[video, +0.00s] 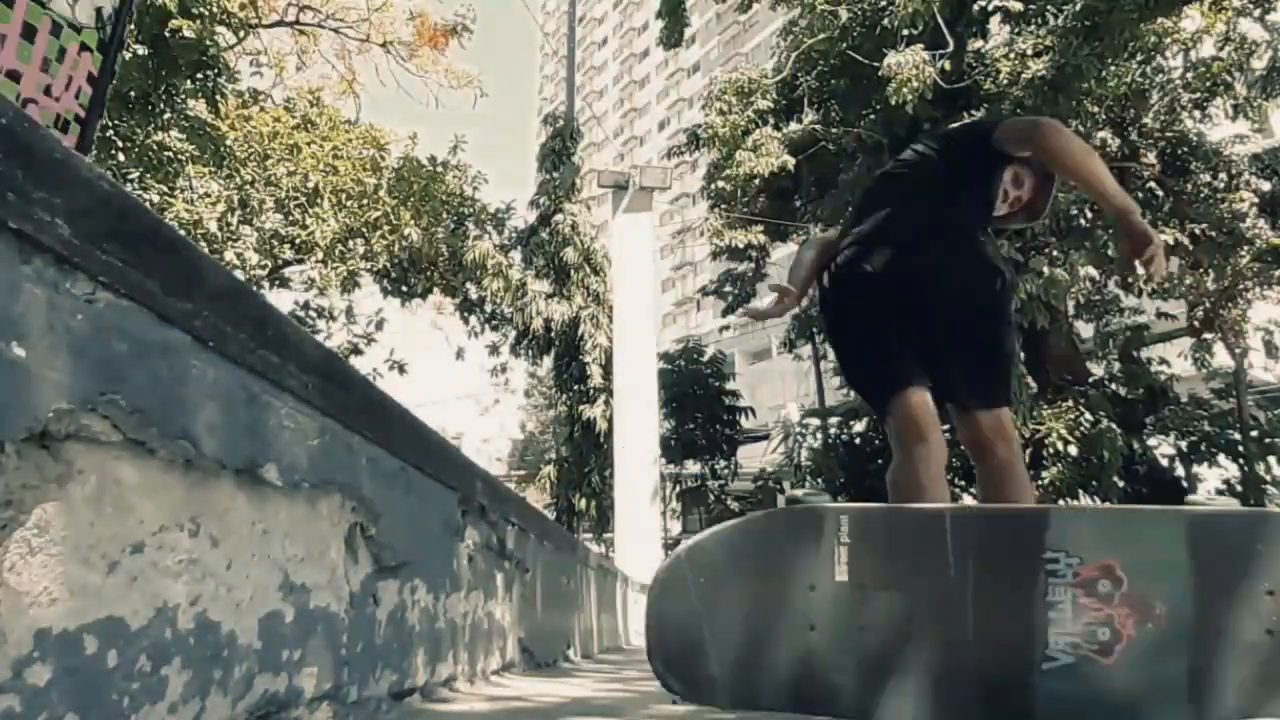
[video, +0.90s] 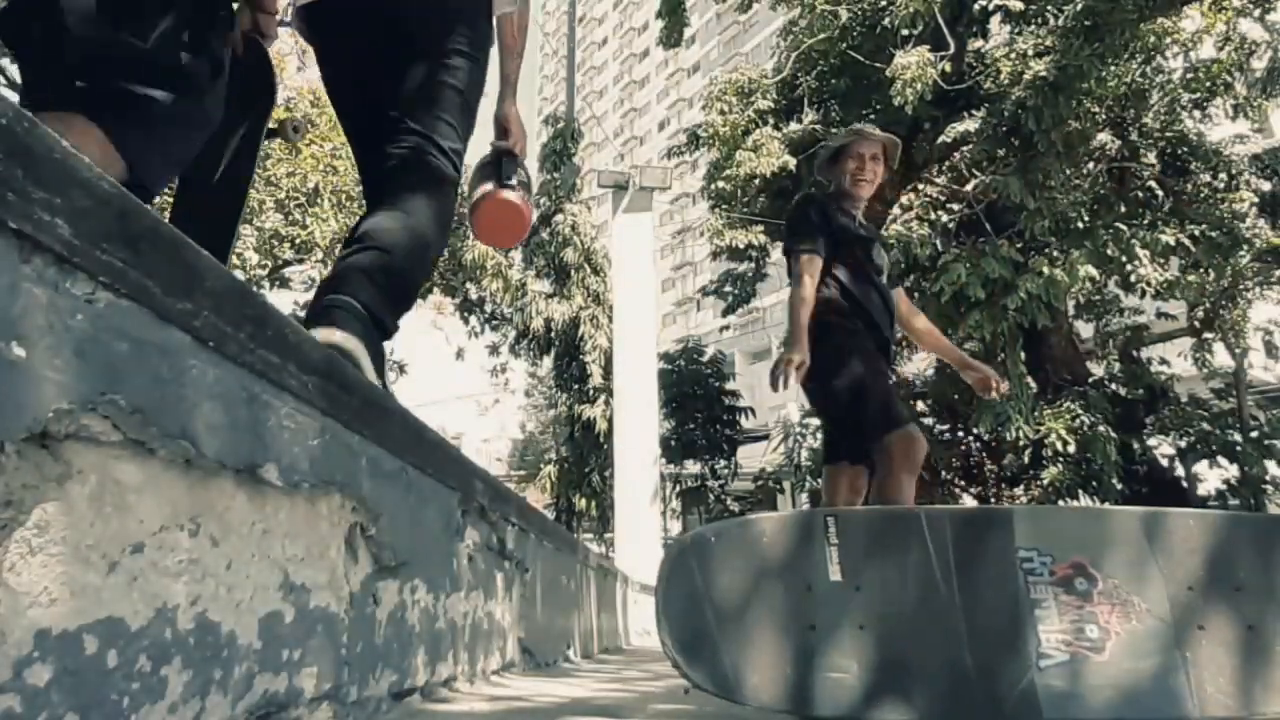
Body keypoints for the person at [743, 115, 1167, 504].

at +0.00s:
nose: (1016, 197)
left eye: (1021, 208)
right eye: (1021, 185)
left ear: (1011, 220)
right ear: (1008, 160)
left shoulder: (892, 191)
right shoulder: (969, 143)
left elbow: (825, 239)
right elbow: (1046, 133)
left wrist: (793, 291)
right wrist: (1128, 215)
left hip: (855, 281)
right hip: (949, 265)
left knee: (915, 433)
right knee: (993, 439)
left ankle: (923, 590)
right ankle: (1025, 588)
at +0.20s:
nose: (1010, 189)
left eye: (1017, 194)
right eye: (1011, 173)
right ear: (992, 153)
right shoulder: (960, 161)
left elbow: (836, 281)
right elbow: (990, 238)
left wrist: (829, 333)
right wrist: (1046, 331)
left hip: (864, 319)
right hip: (929, 312)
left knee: (937, 474)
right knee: (988, 456)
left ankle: (867, 554)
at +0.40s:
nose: (977, 174)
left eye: (987, 177)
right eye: (975, 160)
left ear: (982, 192)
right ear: (948, 149)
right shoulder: (926, 172)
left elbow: (857, 284)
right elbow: (959, 259)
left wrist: (843, 358)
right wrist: (968, 326)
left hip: (854, 328)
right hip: (907, 316)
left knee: (898, 482)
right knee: (971, 451)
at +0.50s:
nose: (937, 176)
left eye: (948, 174)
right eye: (930, 163)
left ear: (950, 187)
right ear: (905, 160)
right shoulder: (880, 193)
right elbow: (928, 274)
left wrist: (941, 297)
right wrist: (949, 296)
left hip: (843, 347)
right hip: (880, 344)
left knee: (852, 480)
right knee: (969, 455)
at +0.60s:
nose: (912, 175)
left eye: (922, 171)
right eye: (905, 162)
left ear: (926, 183)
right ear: (881, 161)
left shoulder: (882, 222)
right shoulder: (853, 198)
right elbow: (875, 265)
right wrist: (943, 295)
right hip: (863, 350)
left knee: (850, 480)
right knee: (943, 459)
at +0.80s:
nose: (871, 170)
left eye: (881, 163)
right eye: (862, 160)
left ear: (890, 177)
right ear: (839, 167)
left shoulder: (871, 240)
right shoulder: (819, 212)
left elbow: (892, 316)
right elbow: (833, 278)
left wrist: (936, 375)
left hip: (864, 352)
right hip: (832, 345)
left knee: (846, 483)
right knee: (907, 452)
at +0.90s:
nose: (865, 167)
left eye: (875, 160)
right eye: (854, 158)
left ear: (883, 172)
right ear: (832, 167)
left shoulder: (870, 240)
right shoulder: (814, 211)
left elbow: (909, 316)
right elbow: (805, 278)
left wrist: (967, 366)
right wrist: (797, 344)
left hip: (866, 358)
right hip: (833, 349)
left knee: (846, 486)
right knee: (905, 446)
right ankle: (894, 557)